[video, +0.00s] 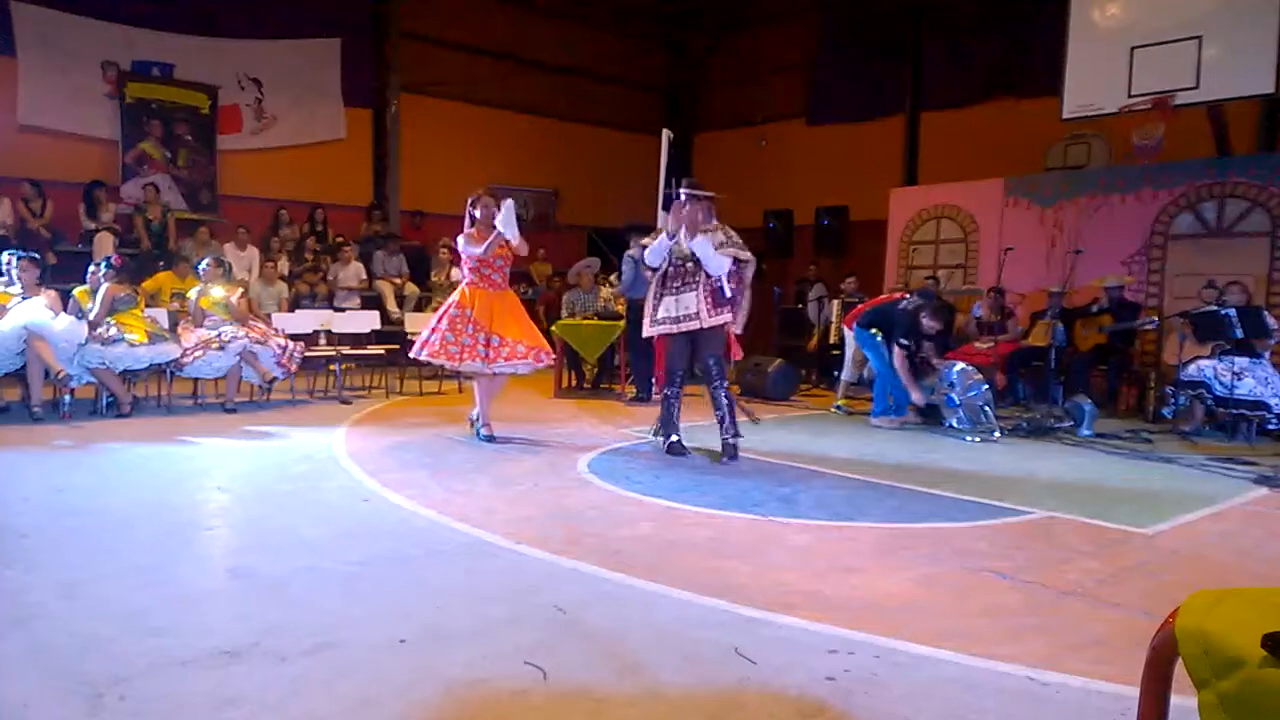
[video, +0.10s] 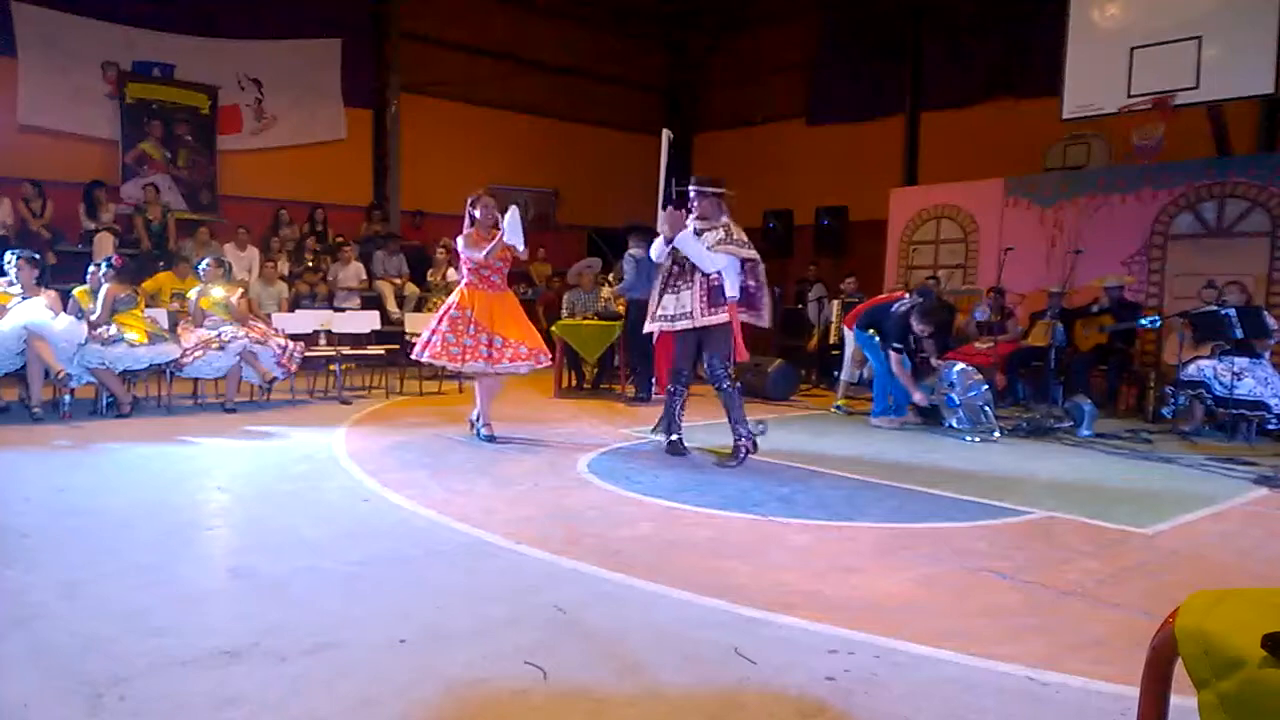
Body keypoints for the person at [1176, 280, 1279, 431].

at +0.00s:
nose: (1232, 297)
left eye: (1237, 293)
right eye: (1228, 293)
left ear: (1246, 296)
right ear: (1222, 296)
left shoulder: (1258, 315)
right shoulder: (1215, 314)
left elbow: (1268, 343)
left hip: (1254, 364)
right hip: (1223, 362)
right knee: (1196, 368)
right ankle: (1196, 420)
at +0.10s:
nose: (1225, 297)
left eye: (1231, 293)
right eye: (1223, 294)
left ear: (1244, 296)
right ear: (1220, 296)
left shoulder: (1257, 314)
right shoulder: (1214, 315)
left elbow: (1268, 343)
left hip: (1254, 364)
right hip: (1222, 363)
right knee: (1196, 368)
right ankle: (1196, 420)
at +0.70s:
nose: (1224, 297)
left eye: (1230, 293)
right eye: (1222, 294)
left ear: (1244, 297)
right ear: (1219, 296)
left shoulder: (1257, 314)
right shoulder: (1214, 313)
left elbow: (1267, 343)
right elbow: (1173, 319)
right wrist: (1182, 328)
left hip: (1254, 364)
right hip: (1222, 363)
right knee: (1196, 368)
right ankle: (1196, 420)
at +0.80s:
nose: (1224, 297)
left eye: (1230, 293)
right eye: (1222, 294)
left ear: (1244, 297)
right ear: (1219, 297)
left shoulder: (1257, 314)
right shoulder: (1214, 314)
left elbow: (1266, 344)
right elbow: (1172, 319)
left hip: (1254, 364)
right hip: (1222, 363)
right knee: (1196, 368)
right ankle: (1196, 420)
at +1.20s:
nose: (1224, 298)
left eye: (1229, 293)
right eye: (1222, 294)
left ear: (1244, 297)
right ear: (1218, 297)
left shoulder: (1257, 315)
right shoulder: (1217, 316)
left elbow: (1265, 345)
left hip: (1254, 365)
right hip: (1223, 363)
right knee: (1197, 368)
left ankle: (1242, 424)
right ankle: (1197, 419)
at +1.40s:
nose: (1224, 298)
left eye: (1230, 293)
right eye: (1222, 294)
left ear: (1244, 297)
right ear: (1218, 297)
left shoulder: (1258, 315)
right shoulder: (1218, 316)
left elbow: (1264, 346)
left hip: (1254, 365)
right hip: (1224, 363)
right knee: (1197, 368)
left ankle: (1242, 424)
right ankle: (1197, 419)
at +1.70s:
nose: (1224, 298)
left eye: (1230, 293)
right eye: (1222, 294)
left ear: (1244, 297)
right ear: (1218, 298)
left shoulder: (1257, 315)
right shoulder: (1217, 316)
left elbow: (1263, 346)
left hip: (1253, 365)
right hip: (1223, 363)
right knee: (1196, 368)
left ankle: (1242, 424)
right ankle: (1197, 419)